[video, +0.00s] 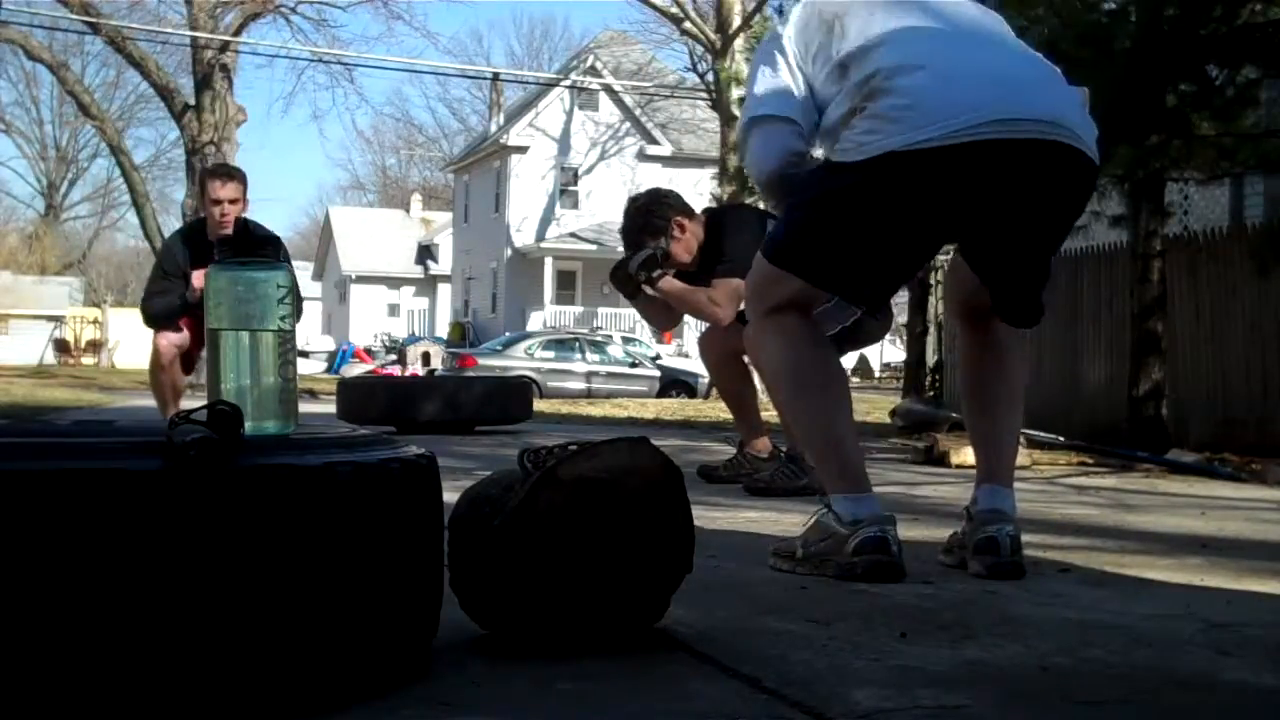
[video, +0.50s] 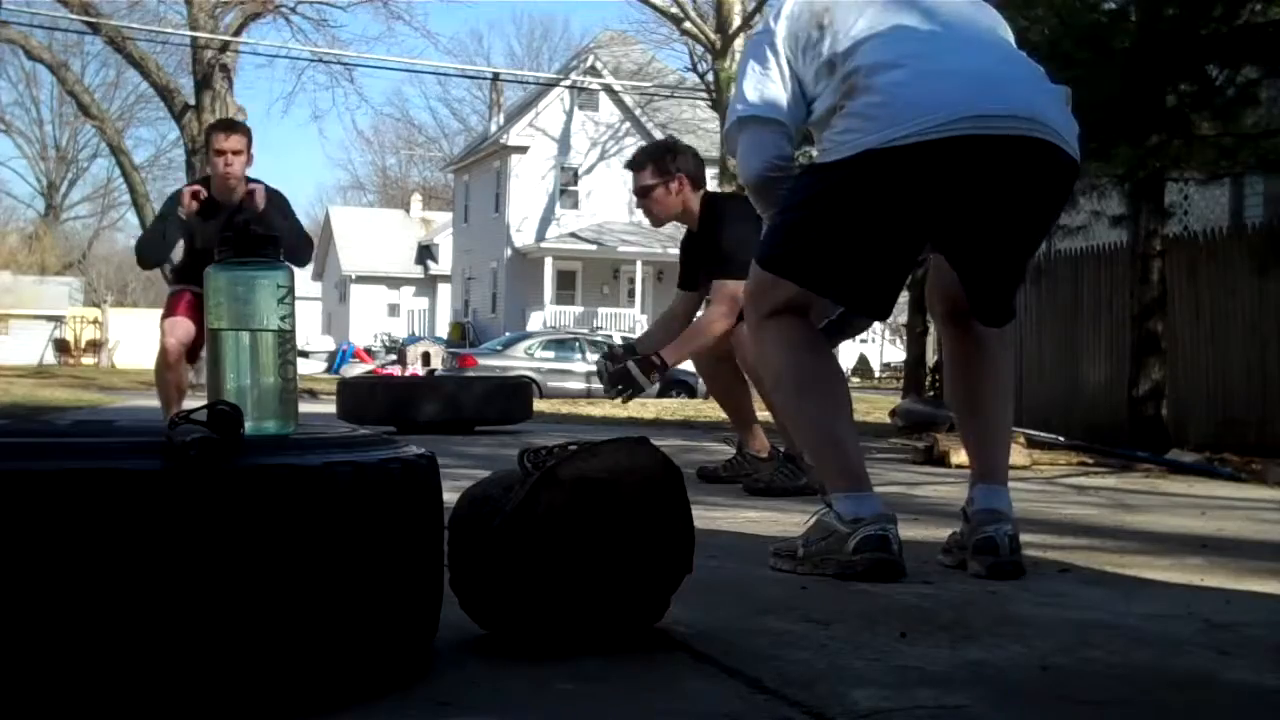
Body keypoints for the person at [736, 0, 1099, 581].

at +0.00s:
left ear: (793, 10)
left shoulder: (793, 21)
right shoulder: (968, 10)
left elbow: (772, 161)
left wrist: (840, 247)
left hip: (909, 131)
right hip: (1059, 133)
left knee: (774, 310)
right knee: (981, 302)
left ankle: (855, 517)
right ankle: (995, 513)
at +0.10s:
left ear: (793, 19)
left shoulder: (788, 37)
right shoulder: (957, 17)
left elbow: (754, 173)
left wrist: (816, 247)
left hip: (902, 140)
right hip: (1052, 143)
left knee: (770, 313)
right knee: (974, 306)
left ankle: (854, 518)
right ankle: (993, 513)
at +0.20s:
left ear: (788, 16)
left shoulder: (787, 30)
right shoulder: (962, 16)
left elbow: (751, 171)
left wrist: (819, 249)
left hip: (897, 139)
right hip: (1047, 142)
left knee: (770, 312)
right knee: (970, 303)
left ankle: (854, 518)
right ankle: (993, 515)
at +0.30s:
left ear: (786, 14)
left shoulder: (787, 19)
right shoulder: (967, 10)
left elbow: (754, 167)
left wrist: (824, 255)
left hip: (896, 133)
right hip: (1044, 134)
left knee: (773, 308)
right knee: (967, 298)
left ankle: (856, 517)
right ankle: (992, 515)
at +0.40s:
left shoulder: (788, 11)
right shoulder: (971, 8)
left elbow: (757, 158)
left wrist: (816, 247)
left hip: (893, 129)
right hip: (1040, 129)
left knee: (774, 311)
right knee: (965, 297)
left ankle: (856, 518)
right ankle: (992, 514)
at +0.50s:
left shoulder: (785, 12)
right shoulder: (971, 8)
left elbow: (759, 160)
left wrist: (821, 247)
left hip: (893, 129)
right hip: (1038, 130)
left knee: (772, 312)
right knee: (965, 300)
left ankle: (856, 516)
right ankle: (992, 514)